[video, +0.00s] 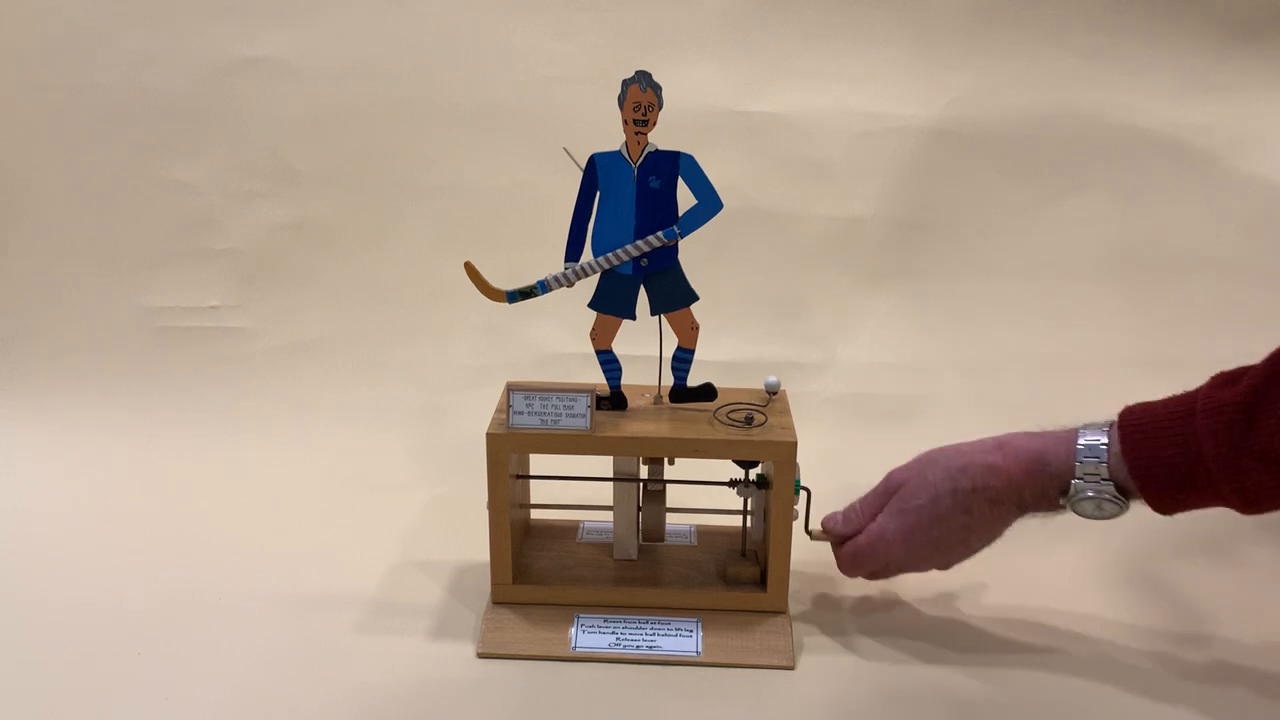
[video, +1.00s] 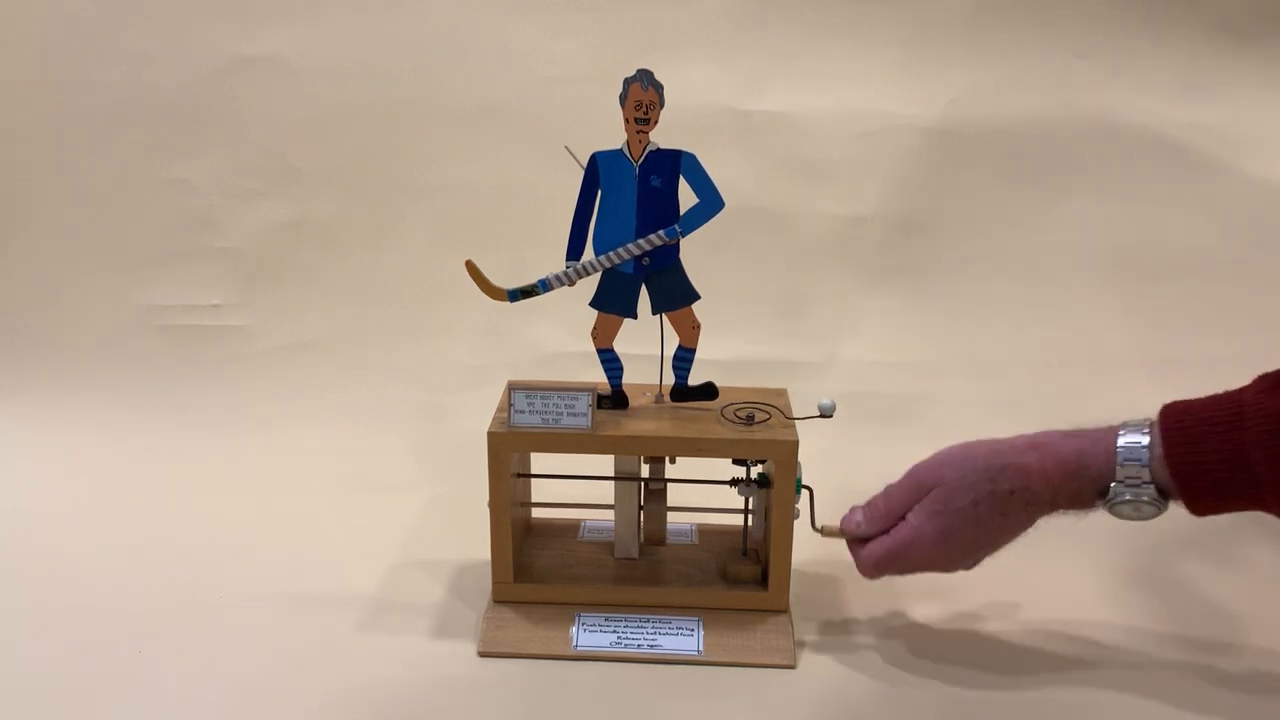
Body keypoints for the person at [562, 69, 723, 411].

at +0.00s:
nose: (642, 113)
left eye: (650, 107)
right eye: (635, 105)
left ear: (658, 114)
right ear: (621, 111)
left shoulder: (675, 162)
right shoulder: (599, 164)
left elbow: (712, 203)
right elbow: (580, 218)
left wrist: (675, 233)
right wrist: (571, 266)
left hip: (662, 265)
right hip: (618, 267)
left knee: (689, 331)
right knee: (600, 337)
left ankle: (679, 390)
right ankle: (615, 394)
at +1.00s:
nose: (644, 112)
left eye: (651, 105)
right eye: (637, 104)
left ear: (660, 112)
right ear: (622, 109)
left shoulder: (677, 160)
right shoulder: (601, 162)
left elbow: (714, 202)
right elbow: (582, 216)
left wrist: (676, 232)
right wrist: (572, 264)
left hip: (663, 264)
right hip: (619, 266)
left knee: (690, 330)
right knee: (601, 336)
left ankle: (680, 389)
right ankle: (617, 393)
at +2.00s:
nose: (645, 113)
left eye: (652, 108)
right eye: (638, 106)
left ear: (661, 115)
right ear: (624, 112)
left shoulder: (678, 163)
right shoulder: (602, 165)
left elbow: (715, 204)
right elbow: (583, 218)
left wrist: (677, 234)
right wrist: (574, 266)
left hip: (664, 265)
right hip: (620, 267)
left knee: (694, 331)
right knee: (603, 337)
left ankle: (685, 390)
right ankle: (618, 395)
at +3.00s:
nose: (643, 117)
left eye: (650, 110)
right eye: (636, 110)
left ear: (659, 117)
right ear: (621, 115)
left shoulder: (676, 166)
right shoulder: (600, 169)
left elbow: (712, 207)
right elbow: (582, 222)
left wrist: (674, 237)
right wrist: (572, 270)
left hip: (666, 263)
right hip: (621, 268)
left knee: (716, 315)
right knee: (603, 341)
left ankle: (729, 373)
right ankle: (618, 399)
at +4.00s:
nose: (646, 120)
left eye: (653, 114)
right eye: (639, 113)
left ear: (662, 121)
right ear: (624, 118)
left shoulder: (678, 169)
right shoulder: (603, 171)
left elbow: (715, 211)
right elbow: (584, 224)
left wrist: (676, 241)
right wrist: (573, 273)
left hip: (663, 276)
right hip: (619, 276)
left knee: (678, 343)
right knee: (603, 344)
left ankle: (660, 399)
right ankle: (618, 400)